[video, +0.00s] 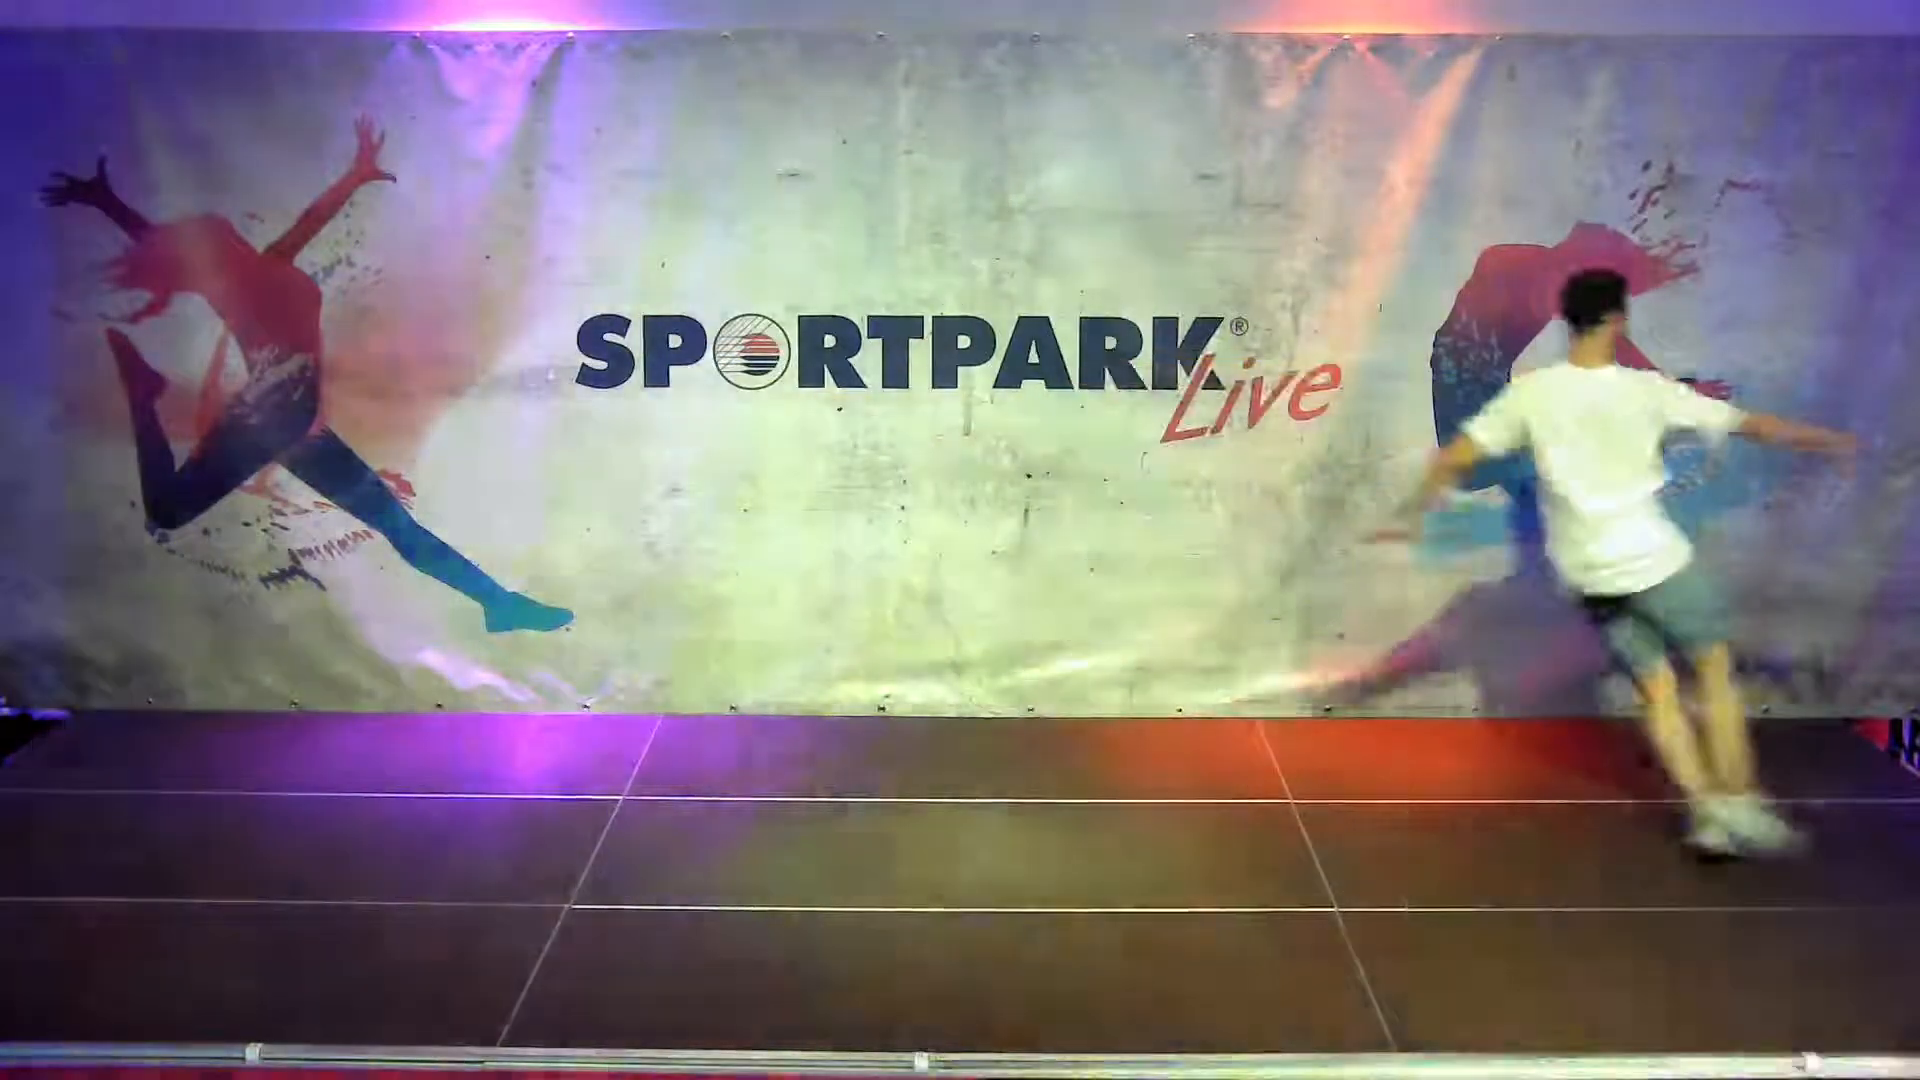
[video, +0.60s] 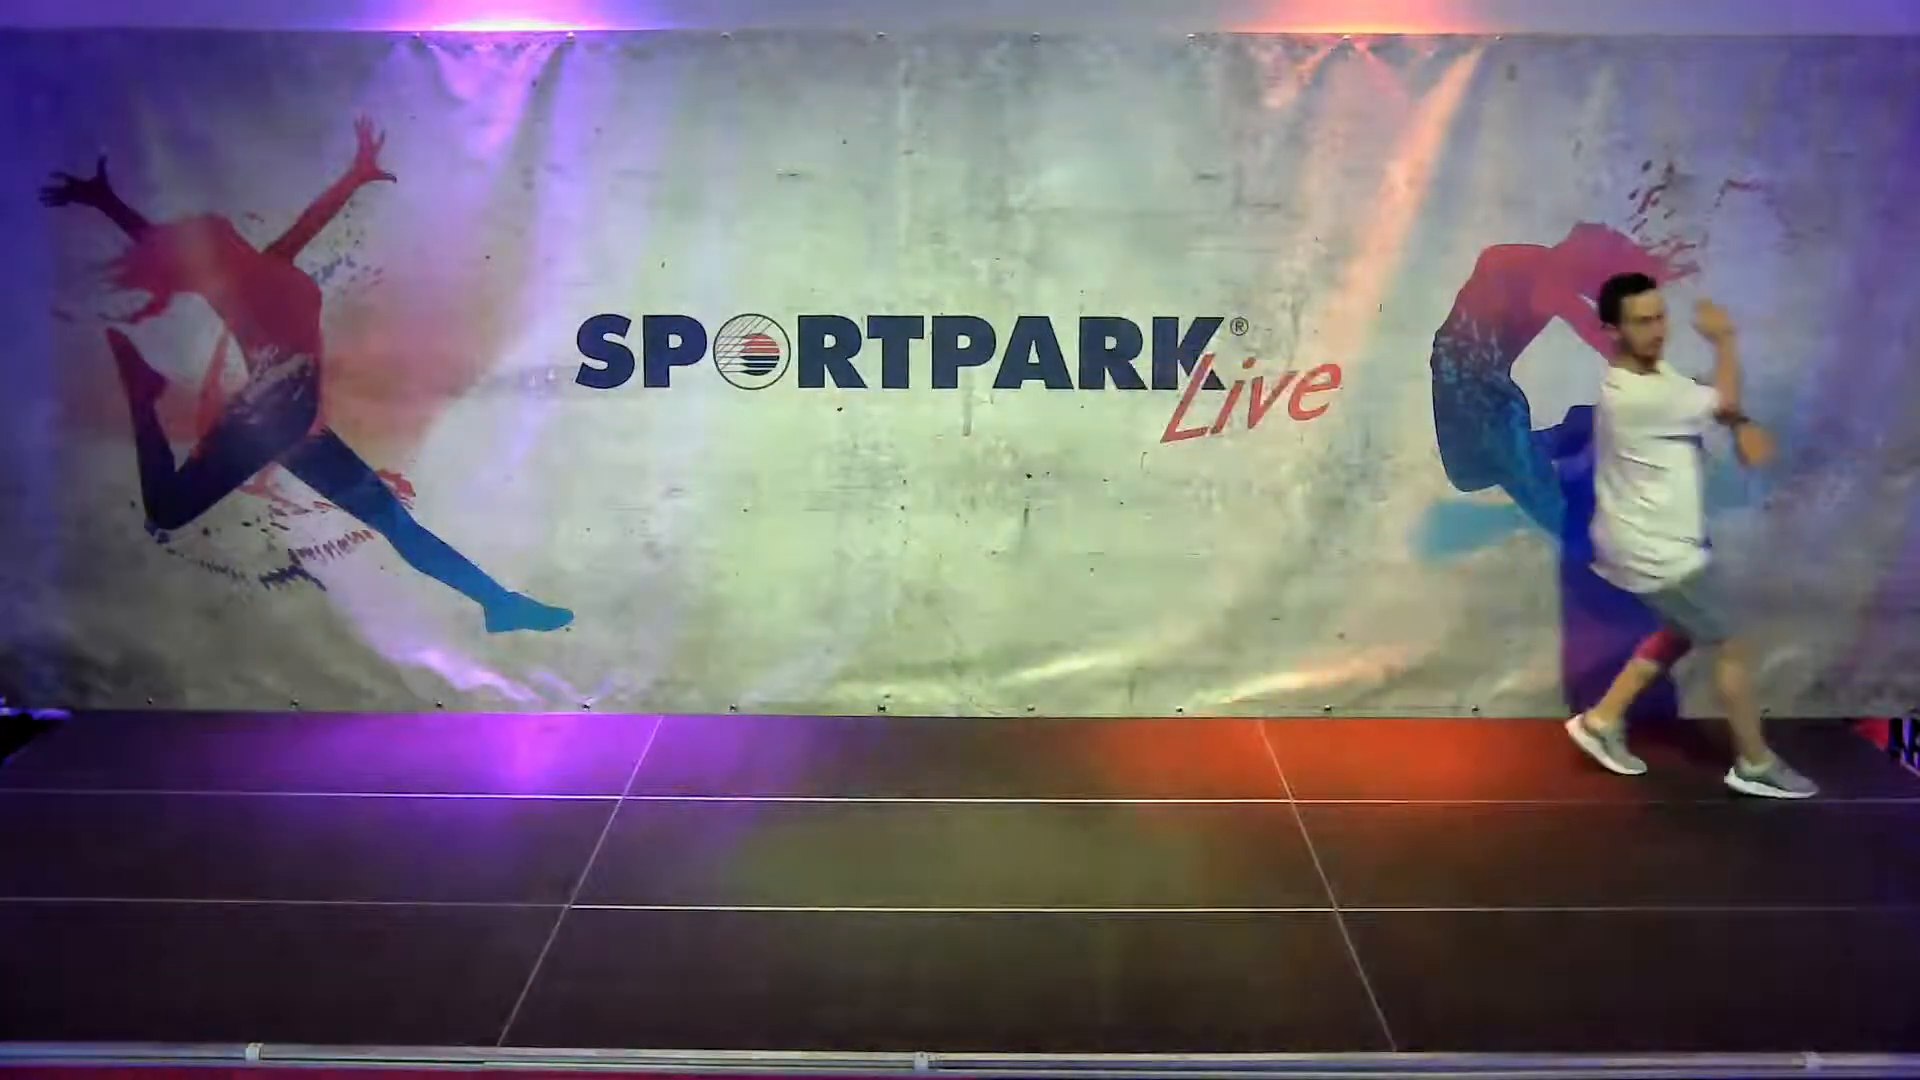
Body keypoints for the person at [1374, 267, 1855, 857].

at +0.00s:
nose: (1622, 327)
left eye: (1615, 318)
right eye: (1620, 317)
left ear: (1567, 321)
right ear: (1615, 321)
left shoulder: (1532, 393)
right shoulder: (1645, 389)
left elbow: (1456, 455)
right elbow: (1741, 421)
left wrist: (1419, 502)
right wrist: (1821, 439)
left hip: (1587, 571)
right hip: (1652, 555)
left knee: (1655, 687)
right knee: (1712, 660)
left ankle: (1703, 809)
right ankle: (1739, 800)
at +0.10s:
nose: (1653, 330)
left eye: (1650, 320)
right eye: (1651, 320)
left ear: (1596, 322)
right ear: (1639, 322)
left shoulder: (1553, 392)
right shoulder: (1661, 389)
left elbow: (1488, 465)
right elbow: (1758, 430)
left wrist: (1495, 481)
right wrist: (1837, 455)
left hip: (1613, 572)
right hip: (1682, 553)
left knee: (1680, 702)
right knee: (1740, 668)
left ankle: (1756, 821)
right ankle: (1804, 784)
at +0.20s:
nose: (1691, 342)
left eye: (1689, 331)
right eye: (1690, 331)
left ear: (1636, 327)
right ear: (1679, 331)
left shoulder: (1593, 393)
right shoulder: (1689, 396)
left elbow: (1556, 441)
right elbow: (1775, 443)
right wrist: (1857, 481)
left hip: (1650, 572)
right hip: (1714, 555)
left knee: (1715, 696)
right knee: (1752, 650)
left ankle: (1776, 826)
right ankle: (1786, 765)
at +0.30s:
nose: (1705, 332)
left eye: (1705, 322)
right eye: (1705, 323)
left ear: (1647, 322)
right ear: (1694, 325)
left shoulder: (1606, 391)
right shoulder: (1705, 392)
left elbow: (1617, 436)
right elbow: (1779, 448)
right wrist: (1866, 483)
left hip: (1659, 565)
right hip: (1730, 556)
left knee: (1689, 679)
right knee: (1761, 659)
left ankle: (1737, 777)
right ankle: (1777, 769)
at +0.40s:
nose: (1710, 315)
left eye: (1708, 303)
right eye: (1703, 306)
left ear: (1652, 315)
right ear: (1678, 315)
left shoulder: (1612, 374)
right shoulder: (1696, 387)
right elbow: (1776, 441)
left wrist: (1683, 352)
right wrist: (1836, 443)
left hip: (1660, 548)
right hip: (1725, 546)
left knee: (1683, 630)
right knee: (1765, 638)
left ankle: (1674, 731)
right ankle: (1773, 765)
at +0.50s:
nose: (1698, 319)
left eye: (1695, 307)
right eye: (1688, 311)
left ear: (1646, 324)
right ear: (1656, 322)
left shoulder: (1614, 374)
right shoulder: (1686, 387)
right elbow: (1765, 427)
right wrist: (1806, 411)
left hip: (1648, 551)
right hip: (1708, 551)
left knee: (1684, 623)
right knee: (1767, 632)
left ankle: (1644, 720)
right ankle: (1762, 757)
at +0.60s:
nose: (1658, 329)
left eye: (1661, 317)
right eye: (1644, 321)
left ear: (1664, 318)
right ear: (1616, 330)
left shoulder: (1633, 377)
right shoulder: (1641, 394)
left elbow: (1698, 401)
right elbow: (1725, 402)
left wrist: (1741, 427)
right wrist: (1724, 341)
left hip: (1629, 545)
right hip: (1656, 553)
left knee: (1685, 627)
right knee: (1733, 640)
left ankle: (1602, 720)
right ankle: (1754, 760)